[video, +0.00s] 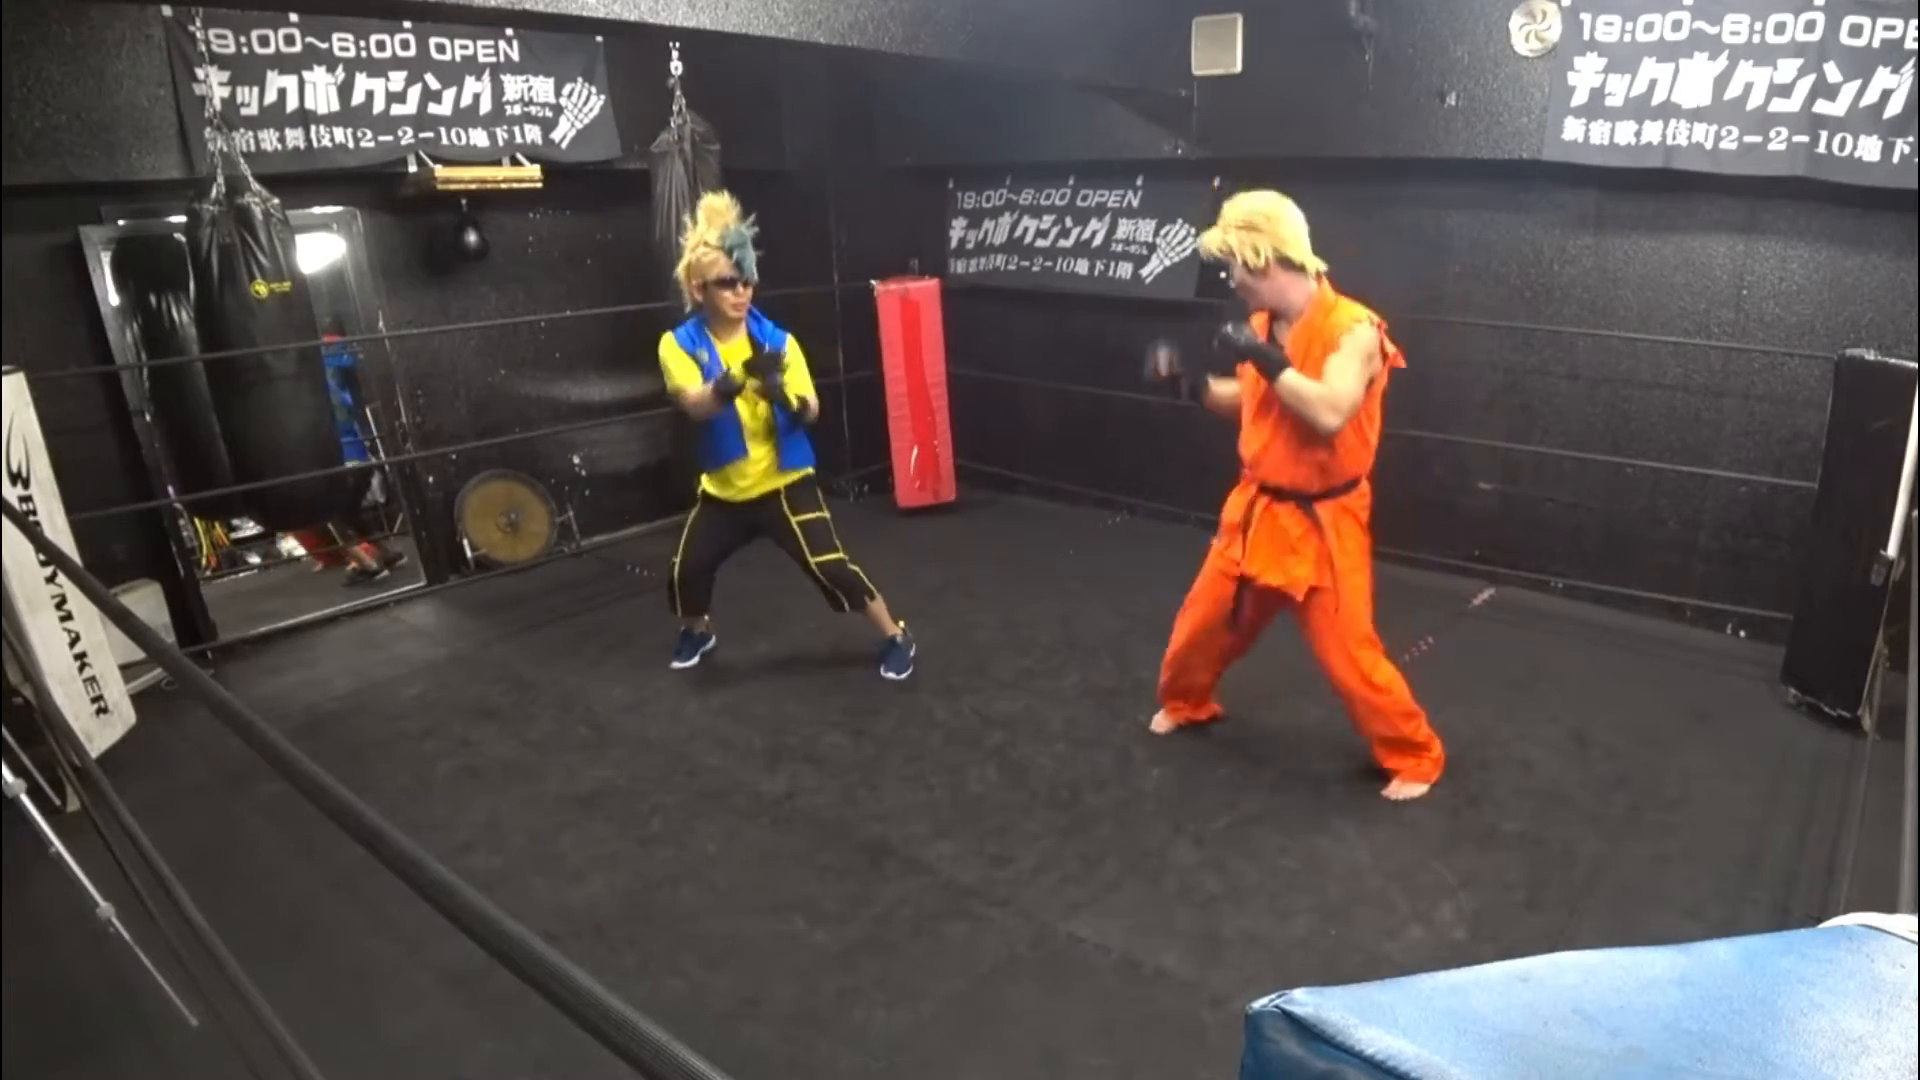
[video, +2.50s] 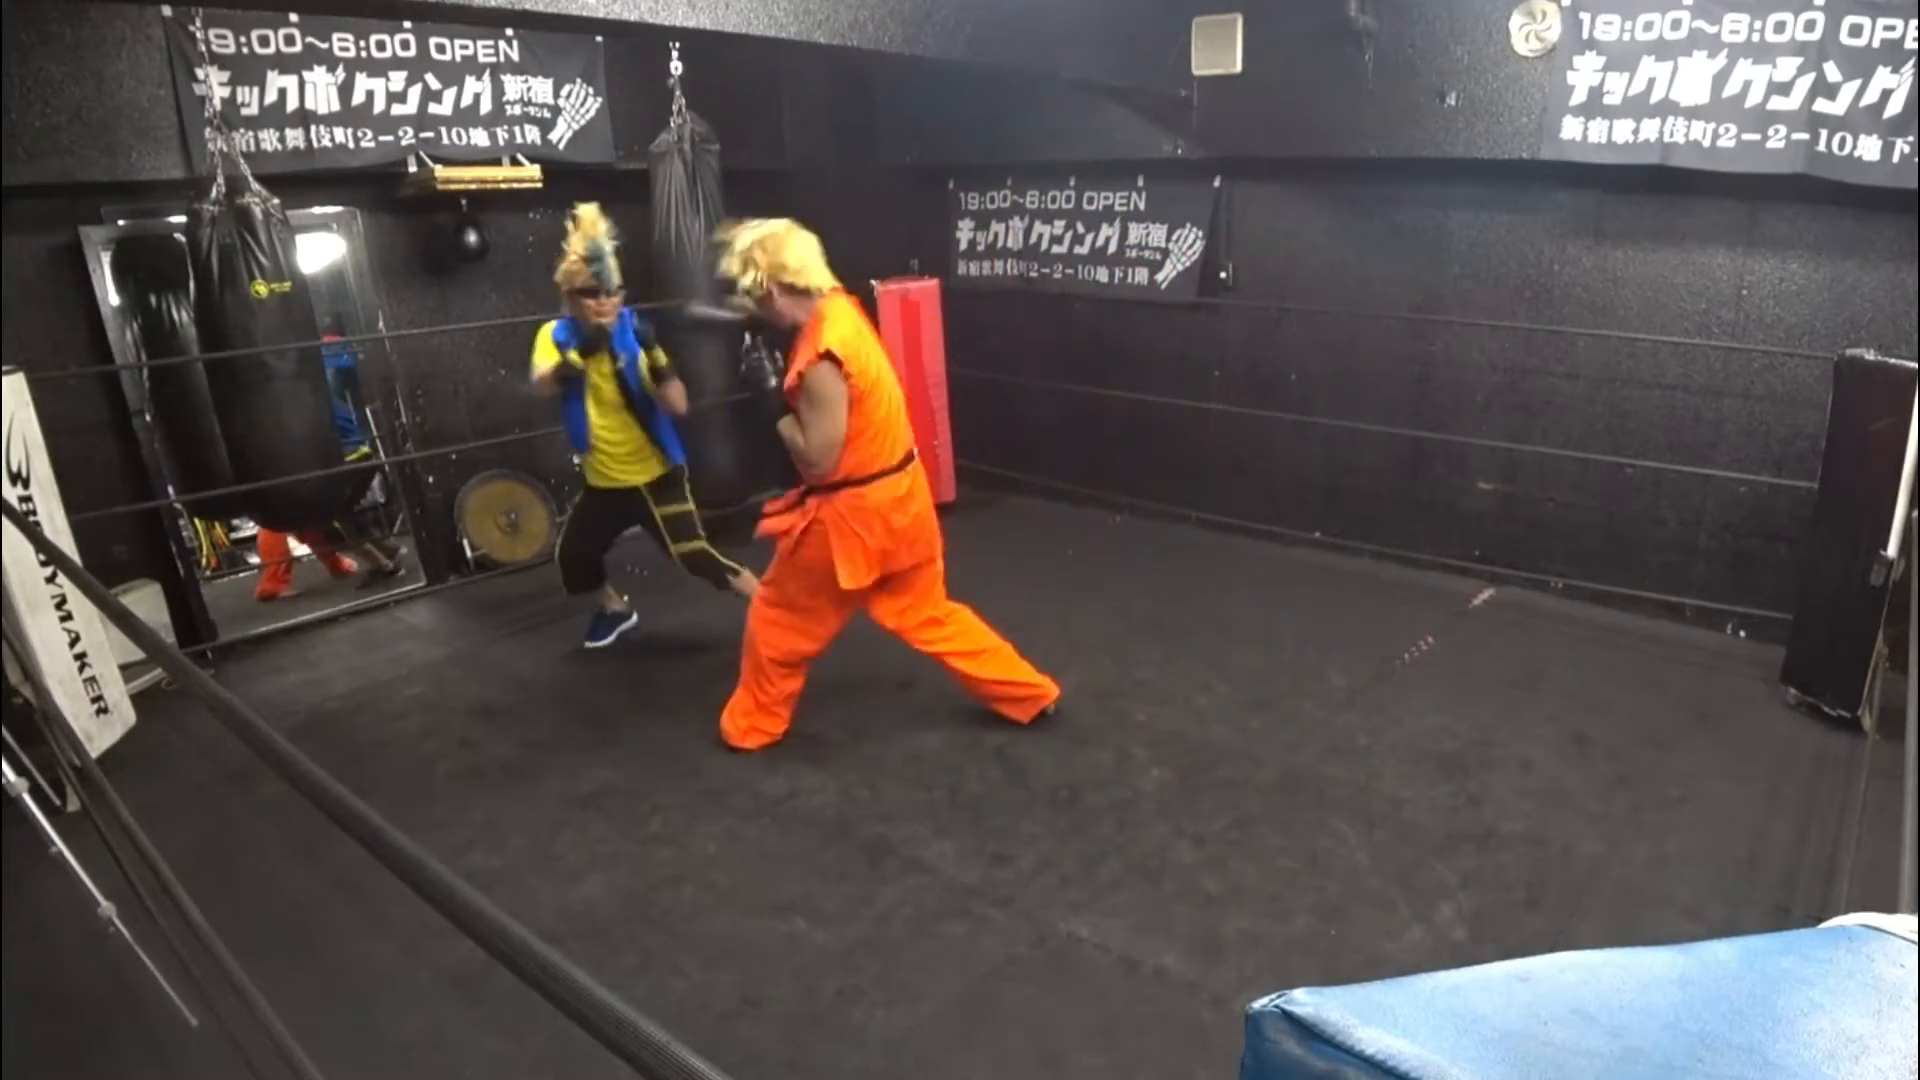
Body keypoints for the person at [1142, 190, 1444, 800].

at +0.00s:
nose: (1230, 283)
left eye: (1233, 268)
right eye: (1227, 270)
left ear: (1266, 260)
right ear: (1268, 261)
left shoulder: (1355, 331)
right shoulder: (1262, 325)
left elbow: (1329, 412)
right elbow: (1252, 398)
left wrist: (1264, 358)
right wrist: (1191, 383)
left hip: (1325, 519)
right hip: (1256, 508)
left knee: (1346, 654)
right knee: (1197, 627)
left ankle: (1417, 758)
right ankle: (1187, 703)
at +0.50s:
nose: (1177, 245)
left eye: (1182, 230)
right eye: (1174, 232)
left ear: (1216, 222)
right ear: (1213, 225)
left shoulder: (1288, 295)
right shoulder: (1206, 290)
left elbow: (1259, 388)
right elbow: (1197, 377)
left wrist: (1195, 340)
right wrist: (1145, 337)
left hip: (1276, 480)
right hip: (1212, 474)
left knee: (1297, 627)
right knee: (1186, 606)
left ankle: (1378, 763)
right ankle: (1203, 717)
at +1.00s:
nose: (1082, 282)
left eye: (1087, 269)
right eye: (1081, 270)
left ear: (1115, 264)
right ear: (1121, 265)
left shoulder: (1180, 340)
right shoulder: (1107, 331)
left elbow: (1162, 437)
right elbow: (1088, 418)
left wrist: (1094, 400)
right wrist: (1022, 413)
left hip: (1158, 511)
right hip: (1097, 499)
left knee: (1155, 657)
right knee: (1047, 605)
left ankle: (1250, 746)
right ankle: (1041, 685)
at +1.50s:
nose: (1064, 291)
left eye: (1063, 277)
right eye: (1060, 278)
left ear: (1085, 268)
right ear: (1106, 260)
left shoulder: (1145, 341)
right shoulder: (1127, 322)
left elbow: (1133, 451)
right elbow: (1132, 430)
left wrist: (1057, 433)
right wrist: (1103, 463)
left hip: (1176, 507)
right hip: (1139, 501)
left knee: (1195, 648)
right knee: (1080, 594)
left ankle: (1288, 770)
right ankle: (1099, 693)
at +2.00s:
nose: (1001, 233)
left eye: (1006, 222)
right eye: (1003, 221)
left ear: (1027, 223)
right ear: (1065, 223)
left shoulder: (990, 281)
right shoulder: (1114, 285)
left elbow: (947, 368)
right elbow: (1146, 379)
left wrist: (931, 339)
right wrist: (1088, 349)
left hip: (999, 459)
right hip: (1077, 459)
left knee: (948, 580)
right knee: (1079, 590)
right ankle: (1113, 711)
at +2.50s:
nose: (753, 309)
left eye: (752, 297)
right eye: (748, 298)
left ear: (772, 291)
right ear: (805, 275)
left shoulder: (820, 357)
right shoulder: (842, 311)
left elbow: (818, 459)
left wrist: (781, 412)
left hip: (852, 510)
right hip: (905, 493)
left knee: (780, 609)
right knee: (922, 610)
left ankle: (755, 722)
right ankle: (1029, 694)